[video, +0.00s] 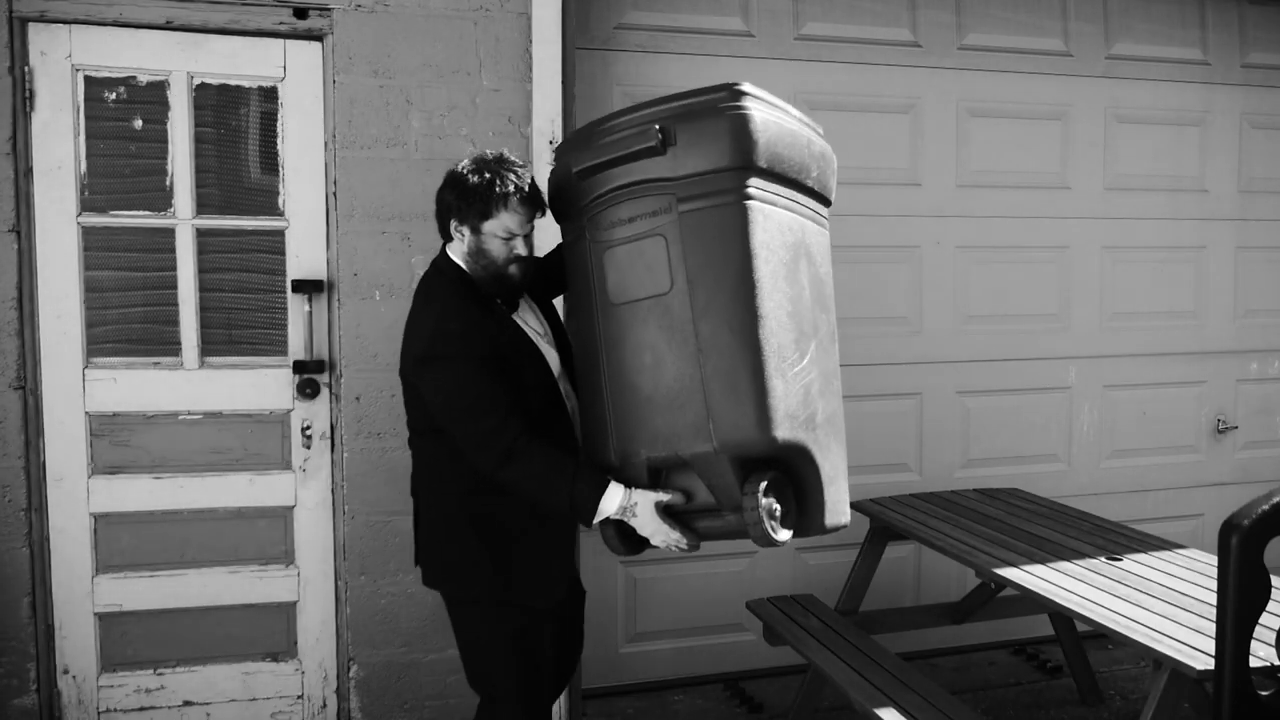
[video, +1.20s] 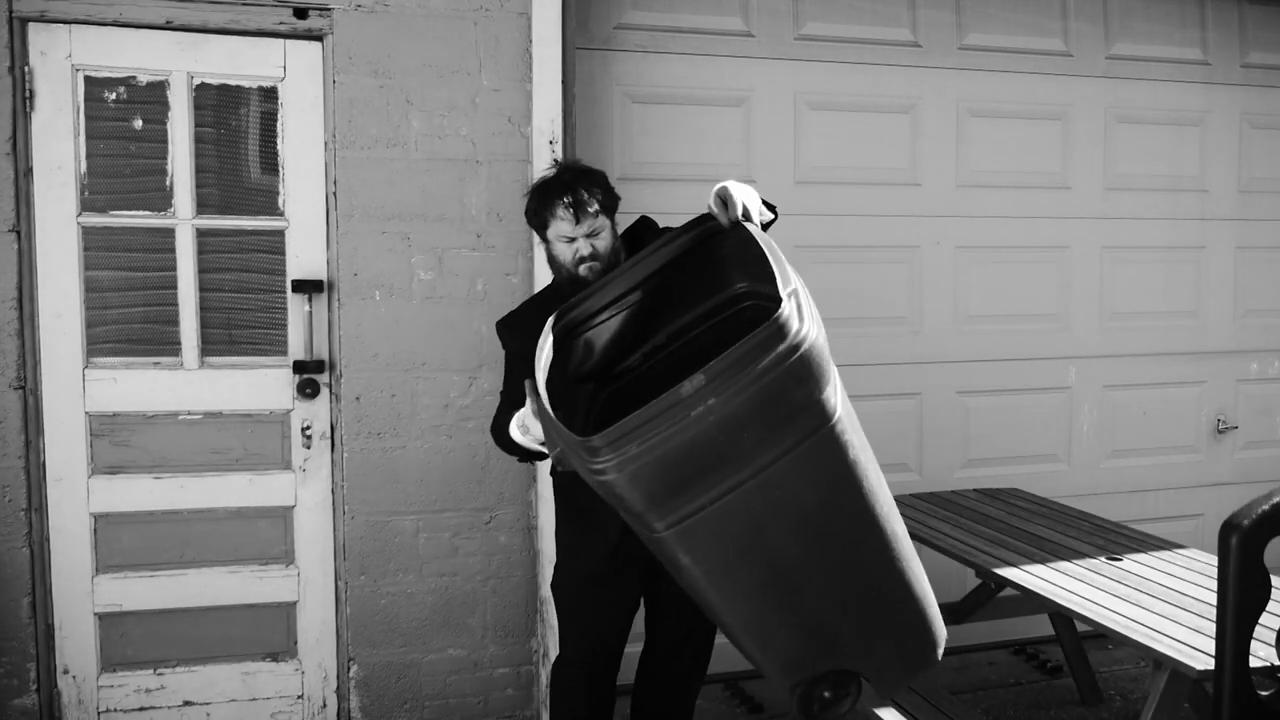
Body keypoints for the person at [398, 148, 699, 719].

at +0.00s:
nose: (525, 249)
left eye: (528, 234)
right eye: (509, 239)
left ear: (532, 219)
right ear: (460, 233)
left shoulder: (506, 280)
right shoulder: (443, 325)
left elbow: (579, 259)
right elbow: (503, 450)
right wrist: (619, 501)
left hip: (537, 534)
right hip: (488, 553)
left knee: (549, 678)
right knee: (513, 696)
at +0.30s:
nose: (551, 252)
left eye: (558, 235)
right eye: (533, 241)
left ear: (568, 221)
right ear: (490, 237)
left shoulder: (578, 271)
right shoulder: (474, 329)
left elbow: (652, 249)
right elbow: (513, 454)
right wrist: (620, 516)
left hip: (599, 544)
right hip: (523, 557)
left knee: (615, 700)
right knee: (530, 706)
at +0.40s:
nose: (560, 253)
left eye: (567, 236)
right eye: (541, 243)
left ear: (579, 221)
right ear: (501, 240)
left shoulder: (597, 267)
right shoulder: (483, 334)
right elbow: (520, 454)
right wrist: (616, 519)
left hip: (616, 542)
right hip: (538, 556)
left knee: (635, 698)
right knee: (536, 706)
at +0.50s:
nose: (568, 253)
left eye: (576, 236)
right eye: (551, 242)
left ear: (593, 226)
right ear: (515, 239)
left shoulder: (620, 287)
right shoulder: (496, 336)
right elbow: (528, 455)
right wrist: (615, 521)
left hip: (645, 542)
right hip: (558, 555)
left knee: (648, 700)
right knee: (546, 705)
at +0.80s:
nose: (587, 248)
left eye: (596, 232)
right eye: (570, 238)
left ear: (616, 224)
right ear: (542, 240)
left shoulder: (652, 293)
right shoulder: (530, 327)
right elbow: (539, 437)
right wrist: (598, 485)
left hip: (678, 524)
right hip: (594, 535)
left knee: (666, 685)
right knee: (591, 682)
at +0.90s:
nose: (589, 245)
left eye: (598, 227)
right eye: (572, 236)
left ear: (620, 219)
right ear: (545, 241)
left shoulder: (662, 292)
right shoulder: (535, 327)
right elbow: (538, 431)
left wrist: (762, 187)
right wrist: (589, 478)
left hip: (687, 526)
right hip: (600, 532)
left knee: (671, 683)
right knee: (593, 679)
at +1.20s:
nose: (585, 249)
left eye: (595, 231)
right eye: (567, 240)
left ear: (615, 221)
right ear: (545, 245)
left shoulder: (661, 256)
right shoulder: (530, 326)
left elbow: (725, 250)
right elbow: (506, 424)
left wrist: (741, 204)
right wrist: (522, 429)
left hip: (691, 498)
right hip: (592, 514)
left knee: (678, 669)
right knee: (585, 674)